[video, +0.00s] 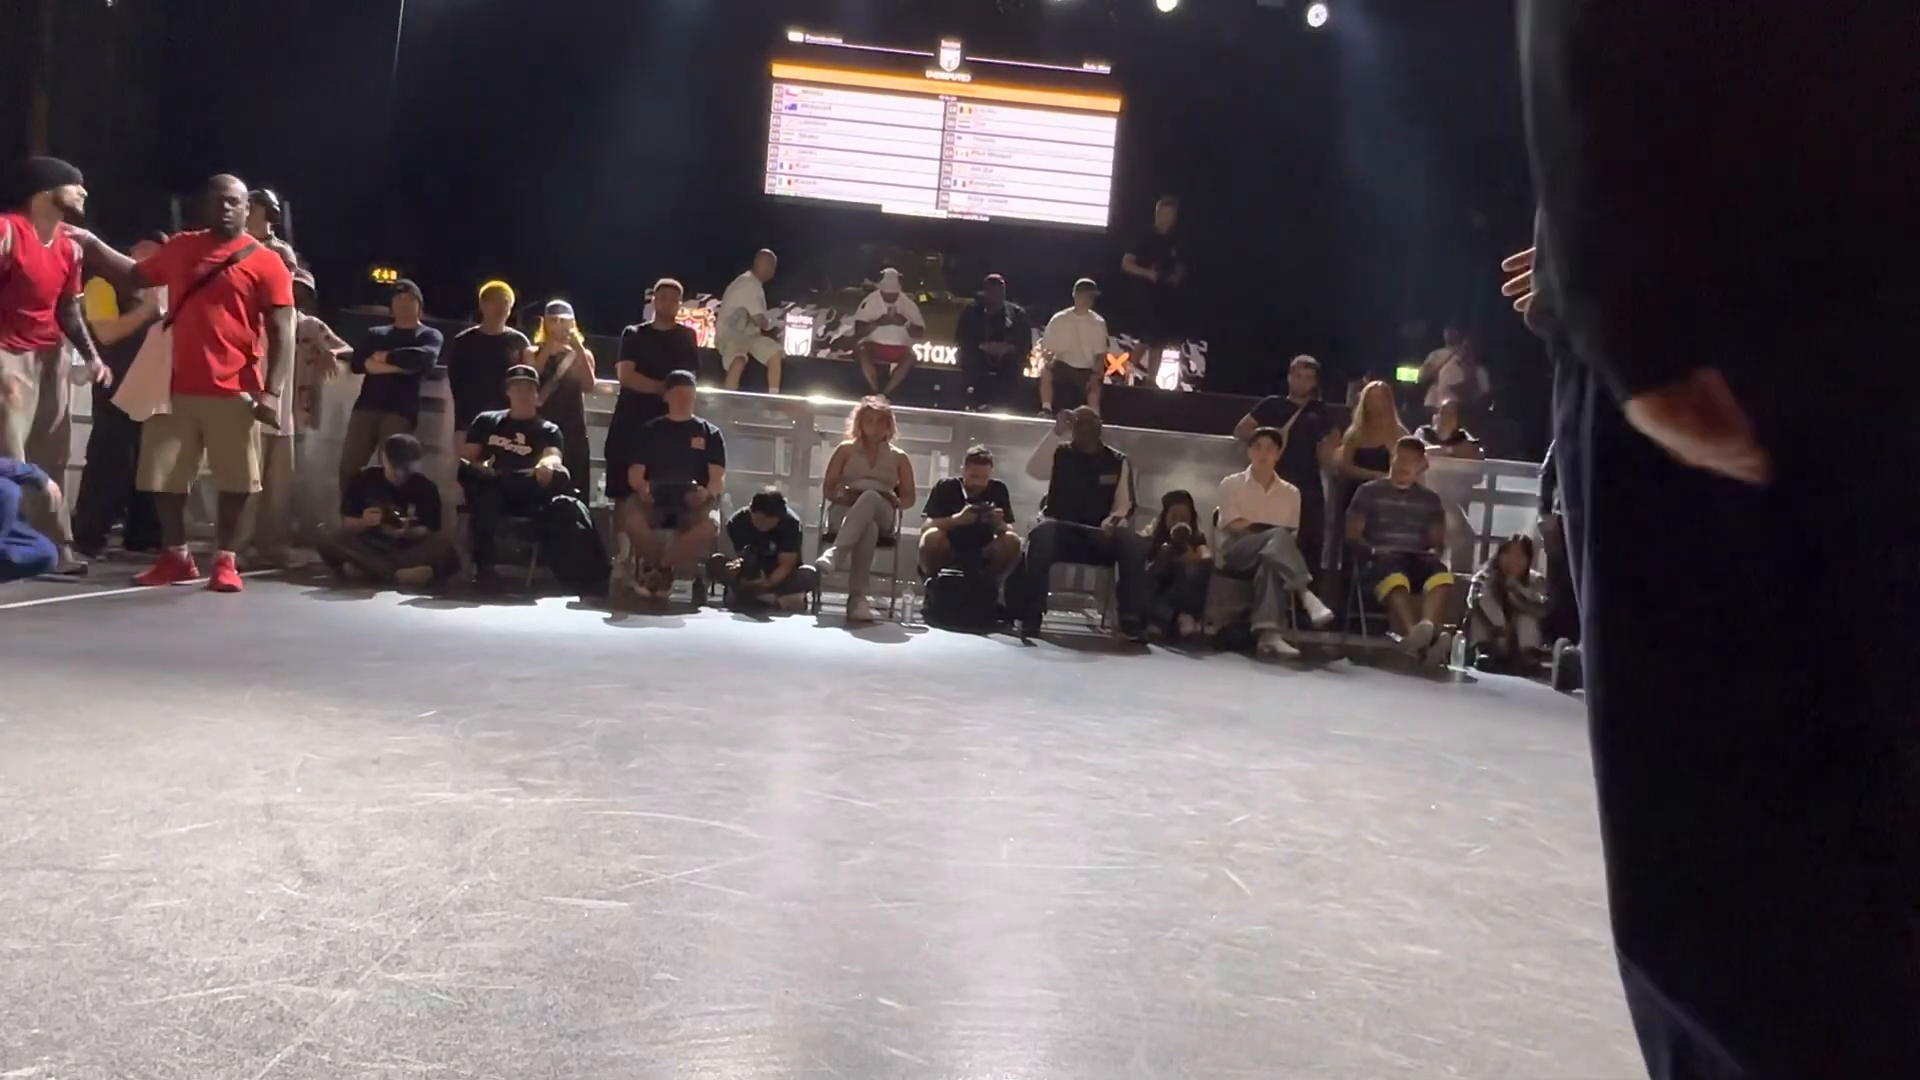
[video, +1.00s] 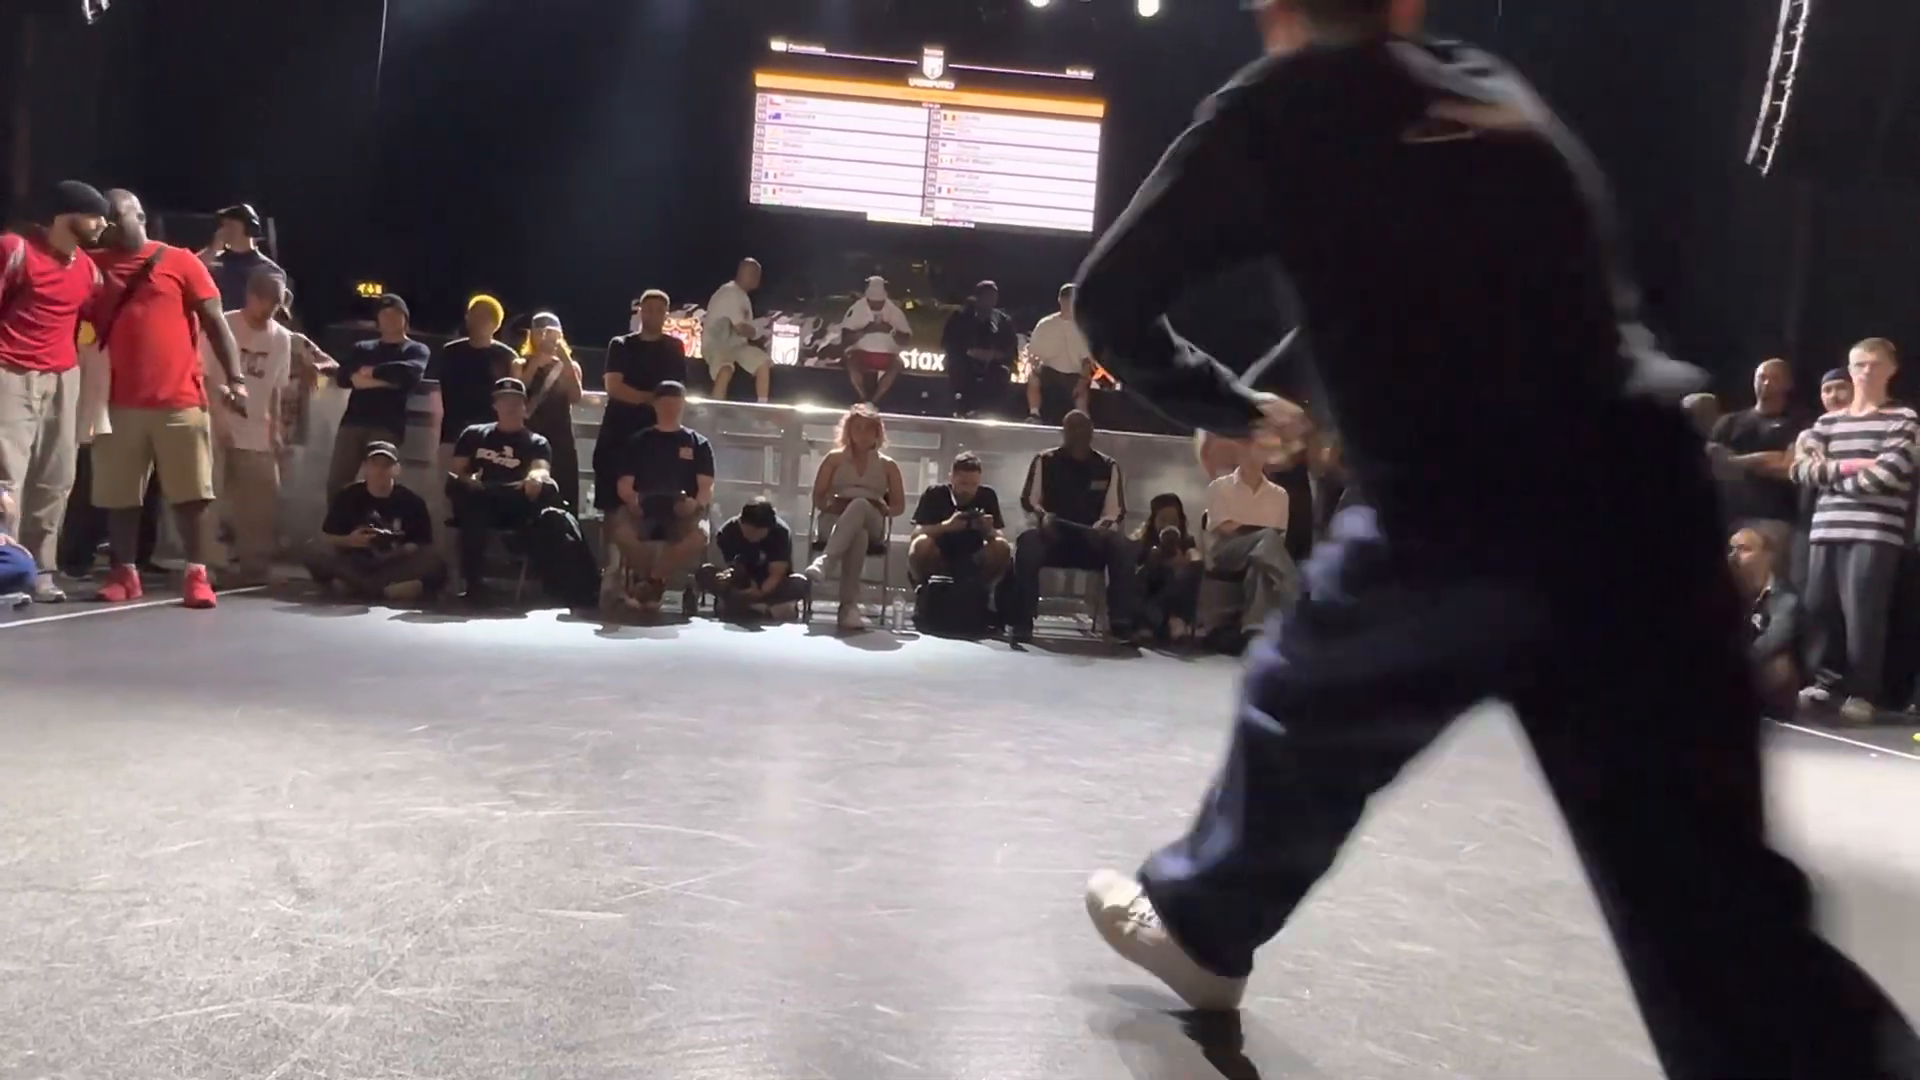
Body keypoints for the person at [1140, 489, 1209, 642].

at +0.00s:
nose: (1179, 522)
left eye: (1184, 517)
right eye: (1174, 516)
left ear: (1192, 517)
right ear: (1164, 516)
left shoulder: (1197, 539)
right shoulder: (1151, 539)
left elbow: (1207, 558)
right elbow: (1148, 572)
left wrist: (1191, 555)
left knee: (1196, 568)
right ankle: (1185, 616)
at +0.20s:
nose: (1180, 525)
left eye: (1185, 519)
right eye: (1175, 519)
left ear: (1193, 520)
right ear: (1165, 518)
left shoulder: (1197, 542)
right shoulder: (1150, 541)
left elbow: (1208, 562)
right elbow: (1148, 576)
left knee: (1198, 570)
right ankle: (1186, 618)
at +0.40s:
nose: (1178, 525)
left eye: (1183, 519)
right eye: (1173, 519)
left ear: (1190, 520)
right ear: (1163, 519)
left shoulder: (1195, 542)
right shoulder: (1150, 541)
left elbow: (1205, 564)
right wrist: (1165, 555)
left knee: (1197, 570)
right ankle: (1185, 619)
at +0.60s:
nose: (1174, 525)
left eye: (1179, 520)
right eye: (1169, 520)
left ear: (1187, 520)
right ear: (1159, 519)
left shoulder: (1192, 541)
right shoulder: (1145, 541)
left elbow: (1202, 562)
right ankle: (1181, 619)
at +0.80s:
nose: (1171, 524)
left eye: (1176, 519)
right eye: (1165, 519)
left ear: (1183, 519)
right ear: (1156, 519)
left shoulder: (1189, 540)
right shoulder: (1142, 541)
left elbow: (1199, 560)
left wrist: (1181, 559)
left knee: (1196, 567)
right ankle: (1177, 618)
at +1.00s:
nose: (1168, 526)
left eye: (1173, 520)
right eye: (1163, 520)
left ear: (1181, 520)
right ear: (1153, 520)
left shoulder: (1187, 542)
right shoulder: (1140, 542)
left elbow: (1197, 561)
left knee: (1193, 568)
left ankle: (1184, 620)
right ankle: (1174, 619)